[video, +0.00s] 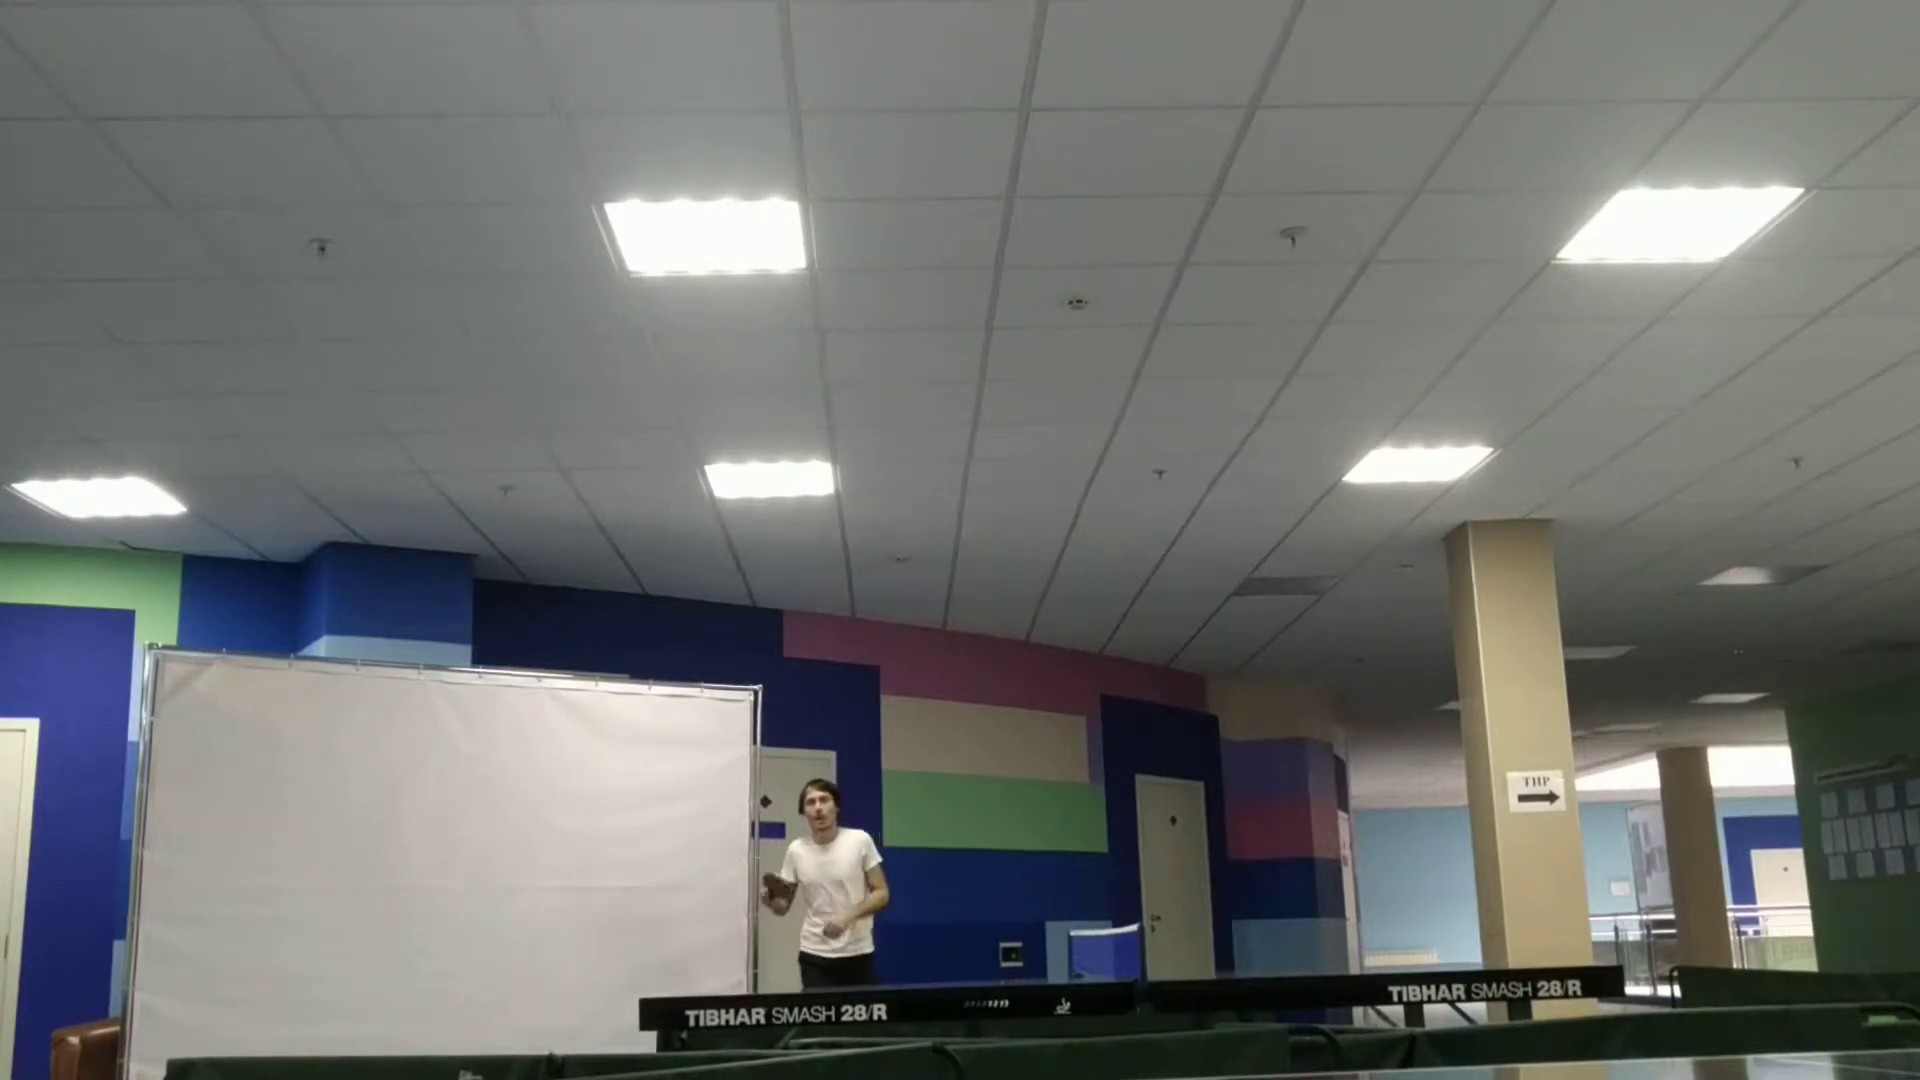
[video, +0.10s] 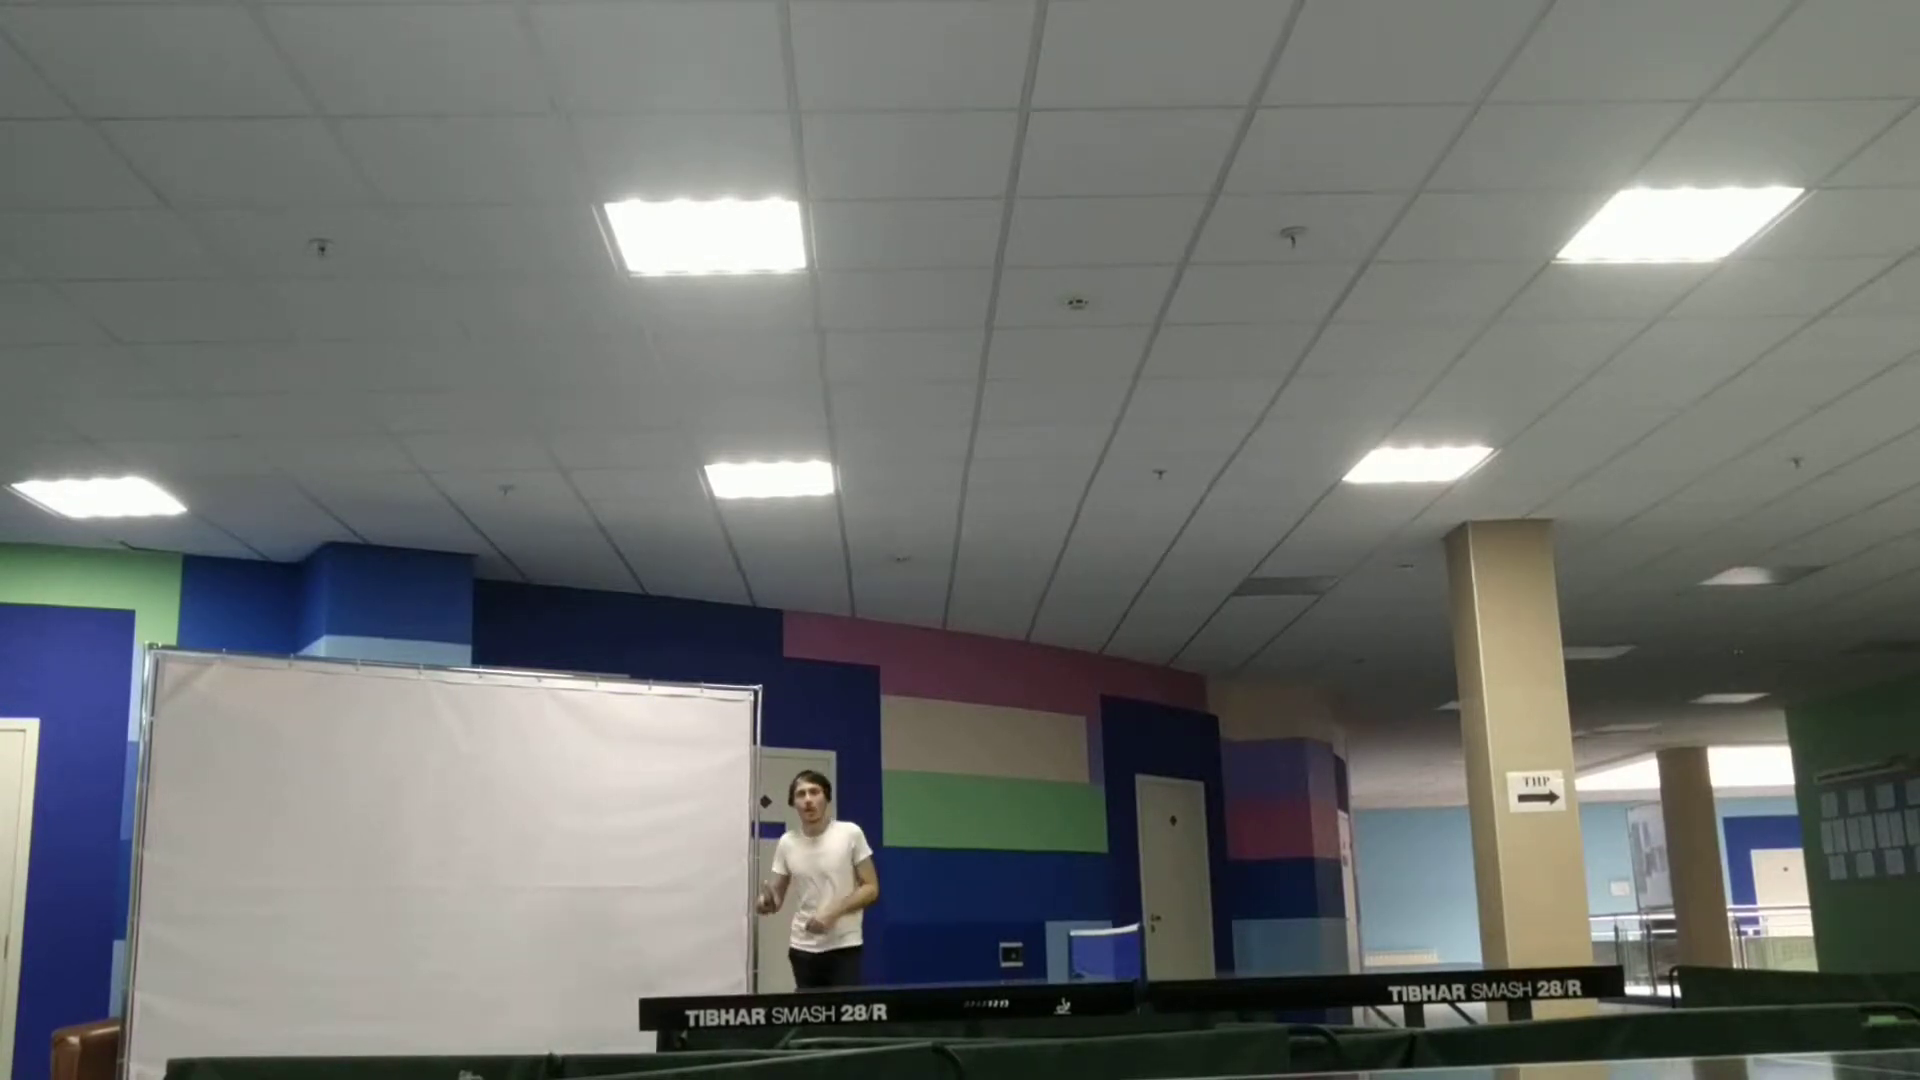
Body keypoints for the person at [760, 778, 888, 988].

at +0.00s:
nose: (818, 809)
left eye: (824, 800)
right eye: (811, 803)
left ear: (836, 806)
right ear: (803, 811)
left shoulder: (860, 841)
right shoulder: (796, 850)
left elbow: (882, 893)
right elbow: (783, 906)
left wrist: (846, 917)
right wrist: (773, 901)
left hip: (857, 955)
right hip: (815, 956)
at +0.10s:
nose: (808, 800)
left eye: (814, 792)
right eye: (801, 794)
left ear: (827, 798)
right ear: (793, 803)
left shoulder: (850, 834)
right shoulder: (787, 843)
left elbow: (871, 888)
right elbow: (776, 894)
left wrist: (831, 913)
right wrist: (767, 903)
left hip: (844, 946)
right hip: (804, 947)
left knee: (845, 1019)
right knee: (810, 1019)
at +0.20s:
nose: (796, 798)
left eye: (803, 791)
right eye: (789, 792)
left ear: (816, 798)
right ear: (781, 800)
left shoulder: (837, 833)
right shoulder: (775, 842)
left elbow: (858, 888)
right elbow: (765, 890)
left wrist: (815, 915)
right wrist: (760, 909)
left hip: (831, 945)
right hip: (793, 948)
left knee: (833, 1020)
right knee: (805, 1020)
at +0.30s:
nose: (781, 802)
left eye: (789, 795)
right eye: (775, 795)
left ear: (802, 803)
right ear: (767, 803)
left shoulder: (822, 839)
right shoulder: (759, 845)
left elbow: (845, 894)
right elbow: (748, 895)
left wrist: (802, 920)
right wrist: (743, 911)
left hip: (815, 948)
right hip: (778, 951)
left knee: (809, 1020)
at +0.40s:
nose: (766, 798)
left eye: (774, 792)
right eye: (760, 792)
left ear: (787, 803)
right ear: (751, 802)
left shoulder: (806, 840)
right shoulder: (743, 844)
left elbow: (826, 898)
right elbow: (729, 896)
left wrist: (782, 925)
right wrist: (722, 914)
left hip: (793, 950)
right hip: (756, 952)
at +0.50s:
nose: (747, 791)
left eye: (755, 785)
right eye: (741, 785)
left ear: (768, 797)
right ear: (732, 795)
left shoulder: (786, 836)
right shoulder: (723, 837)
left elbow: (808, 896)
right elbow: (712, 891)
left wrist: (757, 923)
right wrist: (702, 910)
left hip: (771, 949)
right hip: (734, 951)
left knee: (760, 1025)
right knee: (733, 1025)